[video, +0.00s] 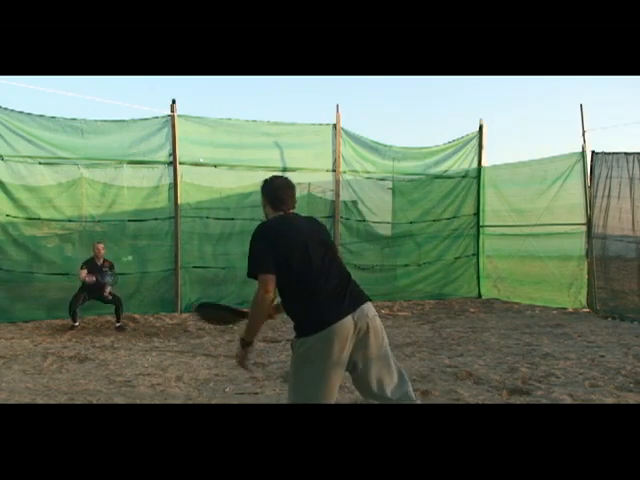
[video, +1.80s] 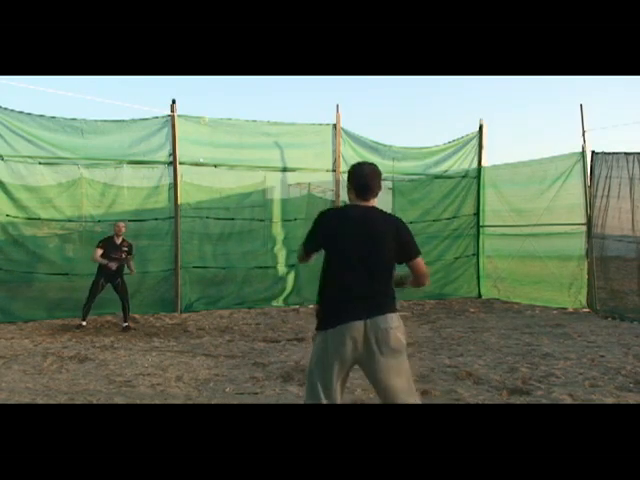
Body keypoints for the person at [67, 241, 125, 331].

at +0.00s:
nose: (100, 251)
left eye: (101, 249)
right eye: (97, 249)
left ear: (104, 251)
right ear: (94, 251)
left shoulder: (109, 264)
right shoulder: (87, 263)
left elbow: (111, 279)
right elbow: (82, 276)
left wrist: (107, 290)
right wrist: (87, 278)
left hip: (101, 290)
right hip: (87, 290)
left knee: (117, 301)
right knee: (73, 304)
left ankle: (118, 323)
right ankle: (75, 323)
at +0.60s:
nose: (107, 238)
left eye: (109, 236)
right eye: (105, 235)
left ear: (111, 237)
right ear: (101, 237)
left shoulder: (115, 250)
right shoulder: (91, 249)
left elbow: (116, 265)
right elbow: (80, 264)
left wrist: (115, 278)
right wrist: (85, 276)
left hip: (107, 279)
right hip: (92, 279)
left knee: (119, 298)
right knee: (81, 298)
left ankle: (119, 321)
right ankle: (75, 322)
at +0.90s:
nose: (109, 231)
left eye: (111, 228)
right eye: (107, 228)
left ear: (114, 230)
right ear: (102, 229)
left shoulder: (117, 245)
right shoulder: (92, 243)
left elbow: (120, 260)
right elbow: (82, 258)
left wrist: (119, 272)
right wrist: (89, 263)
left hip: (109, 274)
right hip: (95, 274)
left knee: (117, 298)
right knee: (88, 298)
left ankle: (119, 321)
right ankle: (85, 321)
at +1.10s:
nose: (107, 241)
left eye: (109, 238)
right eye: (105, 238)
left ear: (113, 237)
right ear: (102, 236)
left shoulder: (117, 247)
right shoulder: (95, 244)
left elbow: (120, 261)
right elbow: (83, 254)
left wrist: (123, 272)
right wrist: (94, 249)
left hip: (108, 277)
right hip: (94, 276)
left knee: (118, 299)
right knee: (87, 299)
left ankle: (124, 322)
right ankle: (85, 322)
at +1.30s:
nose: (116, 234)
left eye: (118, 232)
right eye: (115, 231)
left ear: (122, 234)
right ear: (113, 232)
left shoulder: (124, 248)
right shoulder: (106, 243)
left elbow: (124, 264)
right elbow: (96, 245)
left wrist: (128, 275)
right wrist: (108, 239)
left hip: (113, 276)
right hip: (99, 275)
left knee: (122, 300)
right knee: (91, 299)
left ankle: (125, 323)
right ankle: (85, 321)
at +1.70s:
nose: (124, 229)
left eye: (126, 227)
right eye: (121, 226)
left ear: (128, 229)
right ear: (118, 228)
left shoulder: (129, 245)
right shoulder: (109, 239)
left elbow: (129, 259)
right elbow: (102, 252)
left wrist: (132, 270)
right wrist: (117, 254)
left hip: (118, 274)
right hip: (104, 273)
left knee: (124, 298)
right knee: (94, 295)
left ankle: (125, 323)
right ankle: (85, 320)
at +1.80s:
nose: (120, 229)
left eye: (122, 227)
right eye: (118, 227)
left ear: (125, 229)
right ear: (114, 228)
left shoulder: (127, 245)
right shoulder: (105, 242)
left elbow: (128, 259)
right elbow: (96, 257)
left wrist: (131, 268)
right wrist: (108, 263)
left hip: (117, 276)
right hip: (103, 275)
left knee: (124, 298)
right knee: (91, 297)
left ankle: (126, 323)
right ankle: (83, 321)